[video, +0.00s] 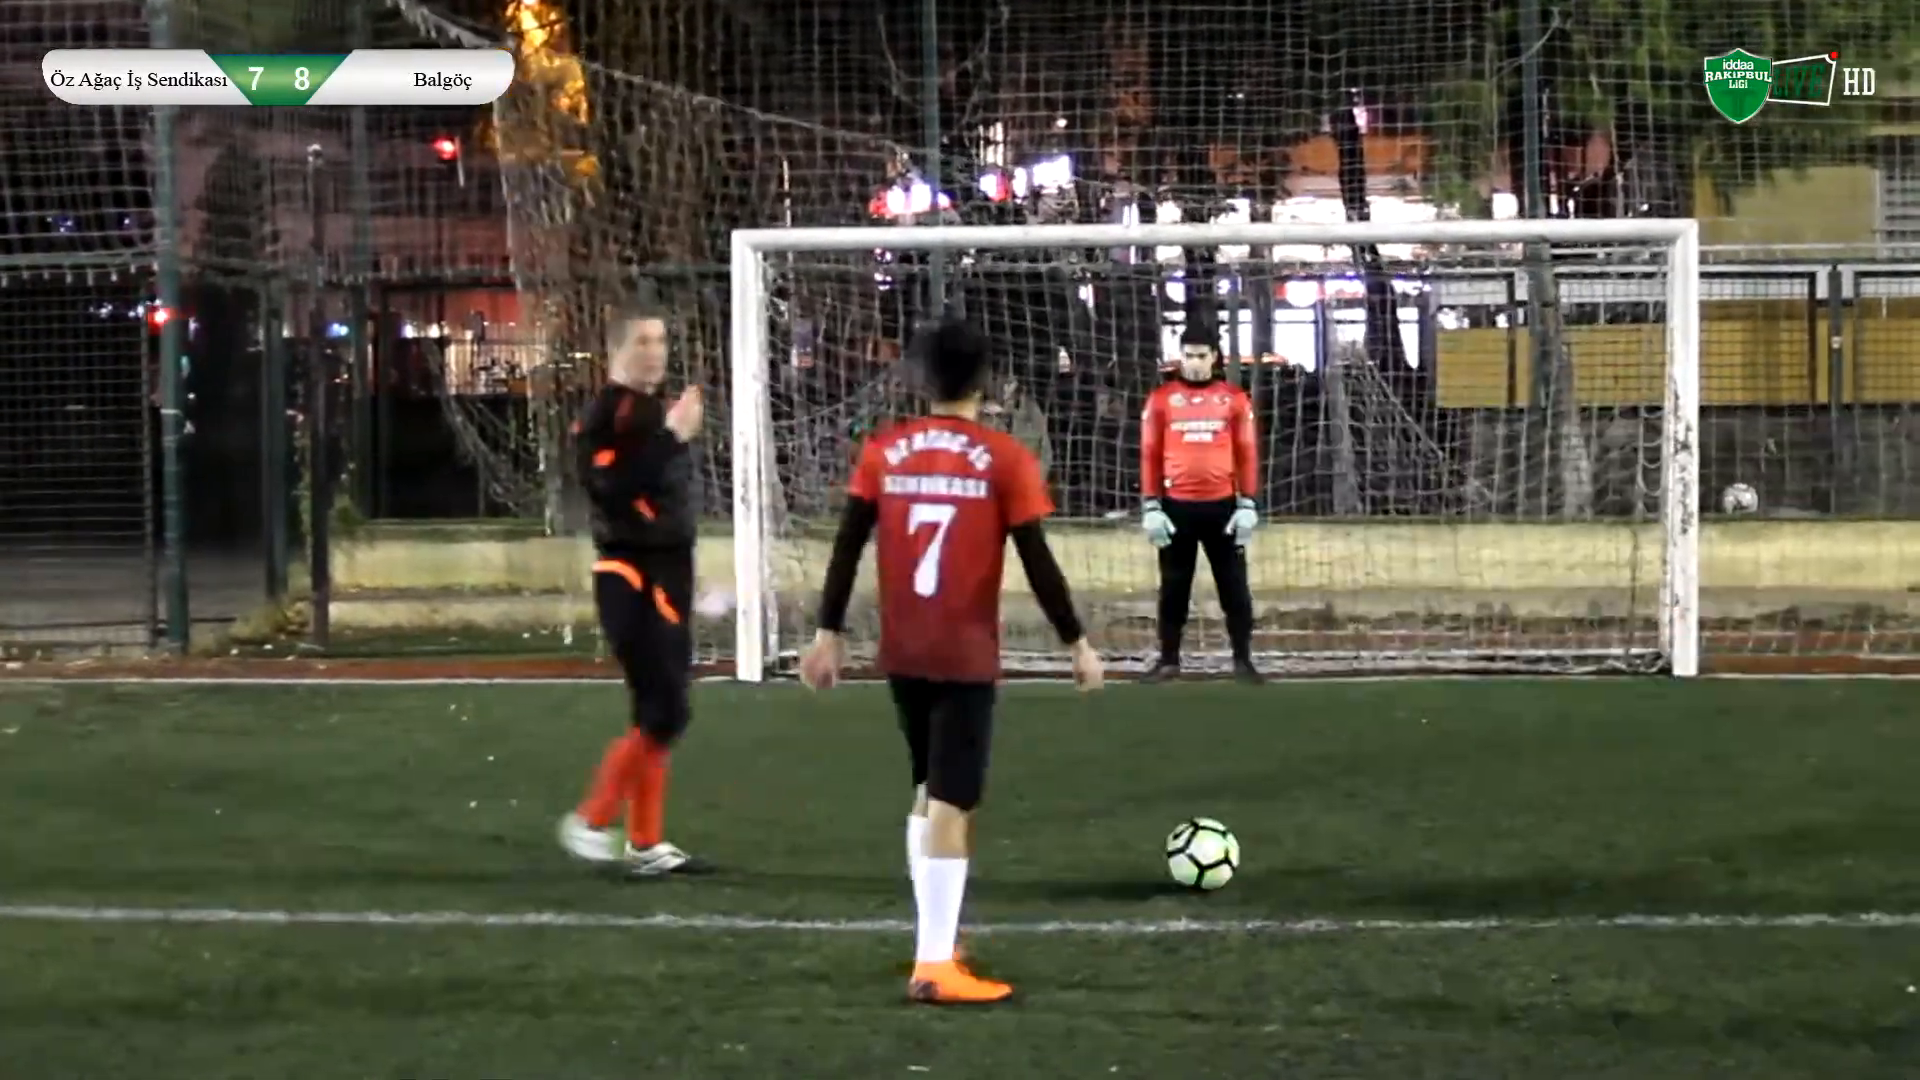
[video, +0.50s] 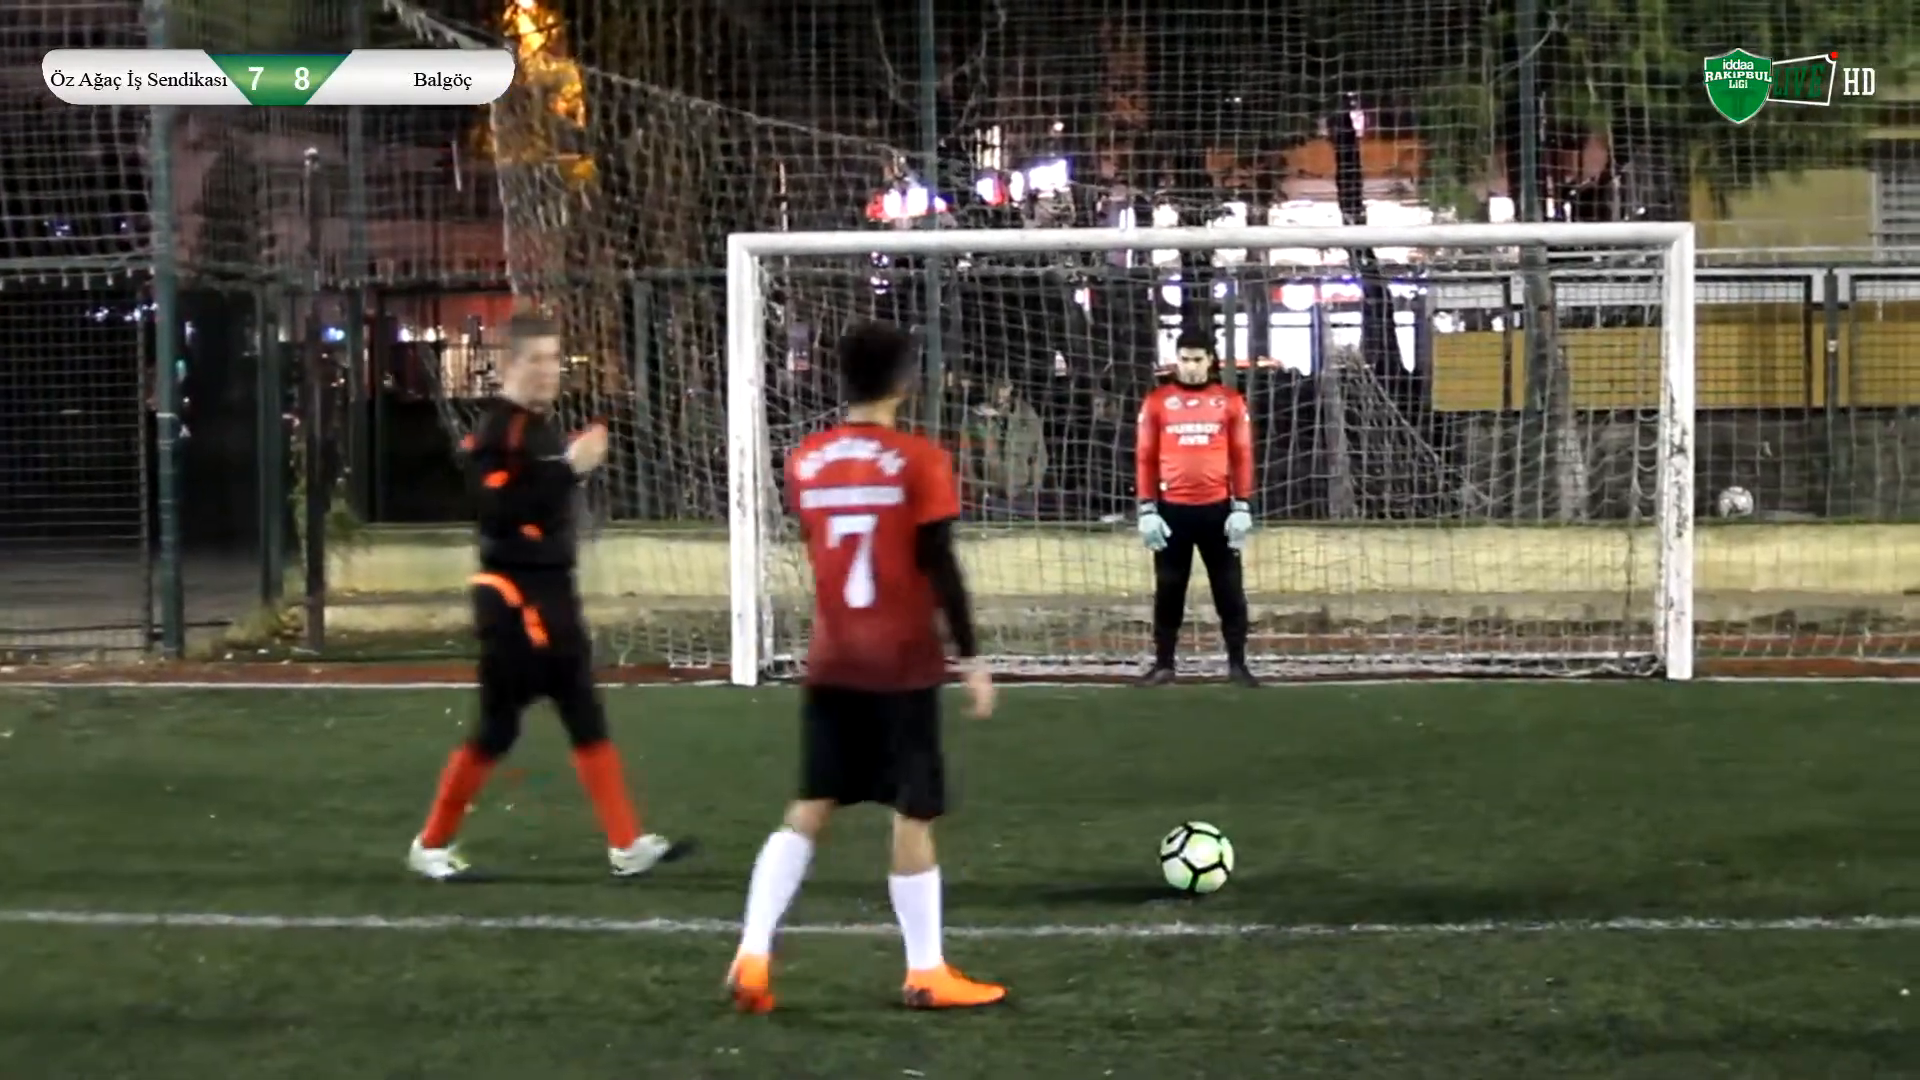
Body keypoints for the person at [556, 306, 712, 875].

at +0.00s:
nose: (657, 352)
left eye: (661, 341)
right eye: (645, 342)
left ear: (666, 349)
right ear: (620, 352)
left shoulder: (657, 412)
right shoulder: (609, 412)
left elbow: (678, 493)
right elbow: (616, 487)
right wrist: (673, 436)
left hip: (665, 570)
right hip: (629, 570)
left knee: (662, 711)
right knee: (662, 708)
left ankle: (645, 842)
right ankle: (590, 820)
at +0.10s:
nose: (635, 358)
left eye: (641, 347)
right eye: (623, 348)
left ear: (647, 355)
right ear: (595, 356)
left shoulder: (636, 416)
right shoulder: (582, 416)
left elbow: (652, 504)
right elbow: (585, 489)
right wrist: (652, 443)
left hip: (647, 575)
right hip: (607, 576)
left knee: (649, 710)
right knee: (629, 709)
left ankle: (645, 843)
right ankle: (524, 812)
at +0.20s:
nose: (619, 362)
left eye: (622, 350)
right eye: (607, 351)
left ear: (623, 360)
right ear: (578, 360)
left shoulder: (617, 417)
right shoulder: (569, 417)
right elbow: (570, 491)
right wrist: (632, 443)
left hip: (622, 575)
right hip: (588, 577)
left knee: (639, 708)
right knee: (586, 715)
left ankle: (645, 845)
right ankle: (486, 808)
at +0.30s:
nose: (597, 366)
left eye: (603, 355)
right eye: (585, 355)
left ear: (609, 361)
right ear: (559, 358)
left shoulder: (595, 418)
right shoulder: (545, 421)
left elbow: (599, 499)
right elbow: (545, 499)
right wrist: (612, 450)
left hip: (606, 580)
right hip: (565, 581)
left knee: (631, 709)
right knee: (555, 724)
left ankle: (644, 845)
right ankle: (458, 821)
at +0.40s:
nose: (581, 367)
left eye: (583, 356)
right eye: (568, 357)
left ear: (581, 364)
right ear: (538, 364)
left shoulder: (569, 428)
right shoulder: (522, 428)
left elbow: (561, 496)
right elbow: (517, 493)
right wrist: (589, 456)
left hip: (576, 588)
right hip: (539, 589)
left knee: (613, 714)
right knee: (522, 723)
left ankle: (638, 843)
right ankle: (444, 832)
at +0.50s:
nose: (550, 371)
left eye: (555, 360)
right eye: (538, 360)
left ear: (557, 366)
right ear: (508, 366)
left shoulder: (544, 428)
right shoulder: (497, 428)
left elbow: (540, 502)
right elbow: (493, 501)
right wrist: (570, 465)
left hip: (549, 586)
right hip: (510, 587)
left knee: (585, 712)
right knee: (497, 726)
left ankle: (628, 842)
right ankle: (432, 844)